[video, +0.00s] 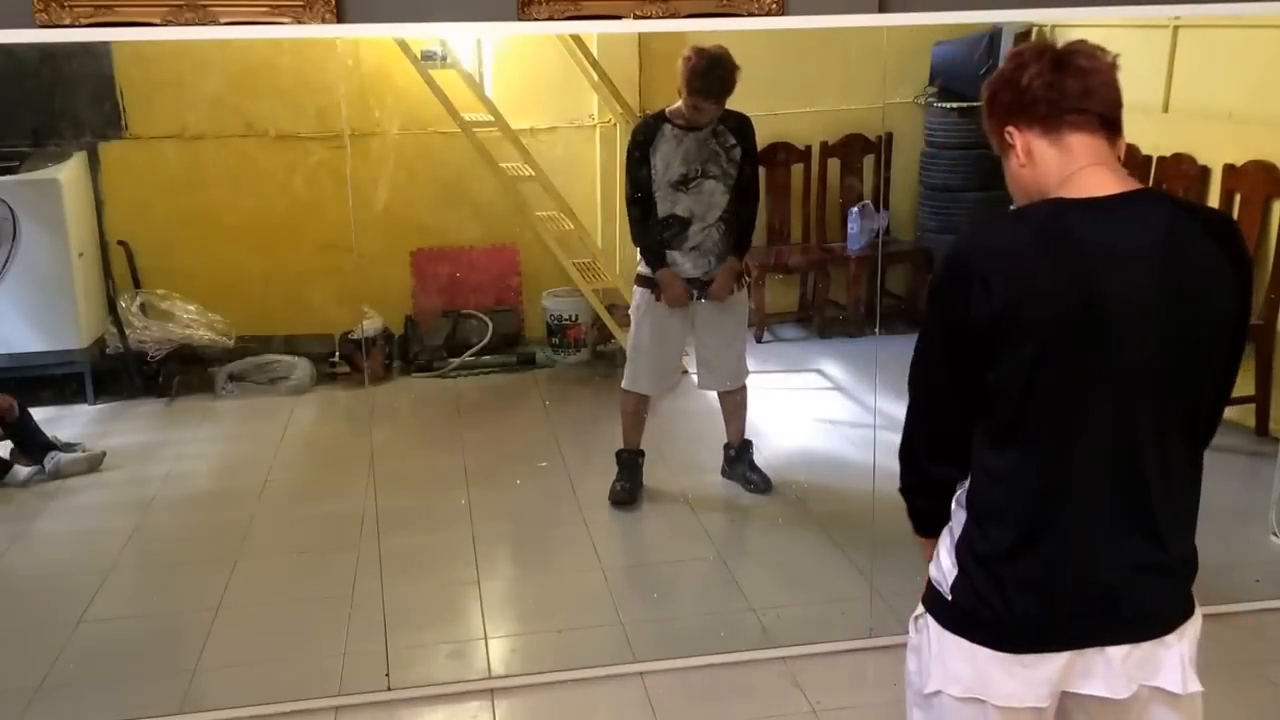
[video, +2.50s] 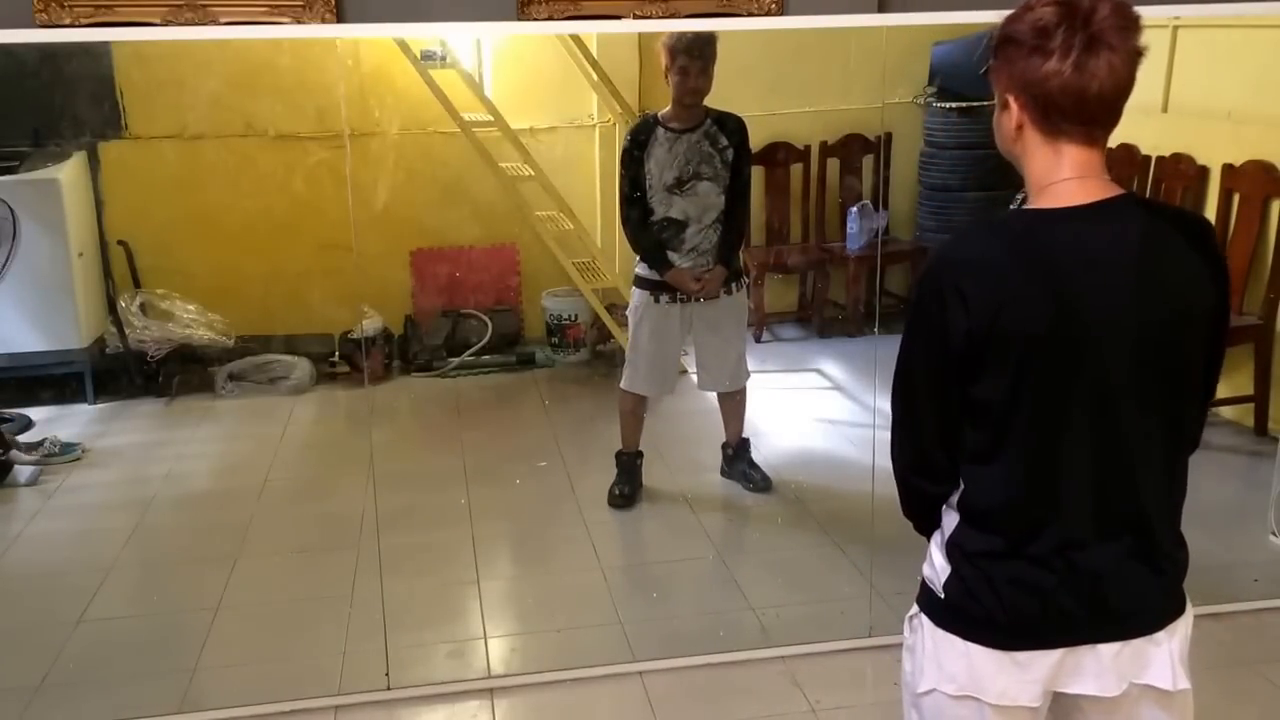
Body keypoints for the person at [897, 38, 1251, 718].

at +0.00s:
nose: (1007, 181)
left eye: (1001, 159)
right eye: (1003, 161)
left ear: (1019, 144)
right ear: (1114, 133)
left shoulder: (989, 254)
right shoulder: (1214, 245)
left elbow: (932, 436)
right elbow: (1199, 419)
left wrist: (936, 539)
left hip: (998, 616)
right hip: (1153, 615)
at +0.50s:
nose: (970, 181)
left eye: (963, 161)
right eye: (964, 162)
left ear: (982, 147)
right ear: (1076, 132)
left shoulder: (968, 257)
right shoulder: (1183, 239)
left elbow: (912, 448)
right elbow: (1183, 412)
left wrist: (966, 523)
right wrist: (1113, 485)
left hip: (989, 612)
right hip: (1140, 609)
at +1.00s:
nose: (981, 162)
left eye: (976, 142)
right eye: (978, 143)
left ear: (995, 135)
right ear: (1092, 121)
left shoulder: (965, 266)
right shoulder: (1191, 246)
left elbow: (917, 464)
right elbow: (1178, 422)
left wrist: (978, 525)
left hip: (984, 619)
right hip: (1139, 619)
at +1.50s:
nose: (994, 127)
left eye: (993, 109)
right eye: (993, 108)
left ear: (1012, 116)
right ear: (1109, 113)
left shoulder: (962, 263)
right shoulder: (1188, 247)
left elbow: (917, 462)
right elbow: (1176, 424)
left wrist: (983, 537)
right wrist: (1112, 519)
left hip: (984, 621)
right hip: (1138, 618)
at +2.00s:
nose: (985, 123)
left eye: (986, 106)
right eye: (987, 106)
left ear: (1006, 117)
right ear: (1105, 107)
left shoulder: (961, 264)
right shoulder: (1187, 248)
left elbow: (920, 478)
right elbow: (1178, 428)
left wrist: (992, 536)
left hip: (983, 628)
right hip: (1138, 626)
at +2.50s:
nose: (993, 118)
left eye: (993, 100)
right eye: (994, 100)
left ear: (1013, 113)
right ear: (1113, 105)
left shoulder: (966, 266)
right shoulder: (1191, 250)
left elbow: (921, 472)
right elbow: (1183, 430)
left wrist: (973, 538)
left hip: (987, 629)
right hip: (1142, 628)